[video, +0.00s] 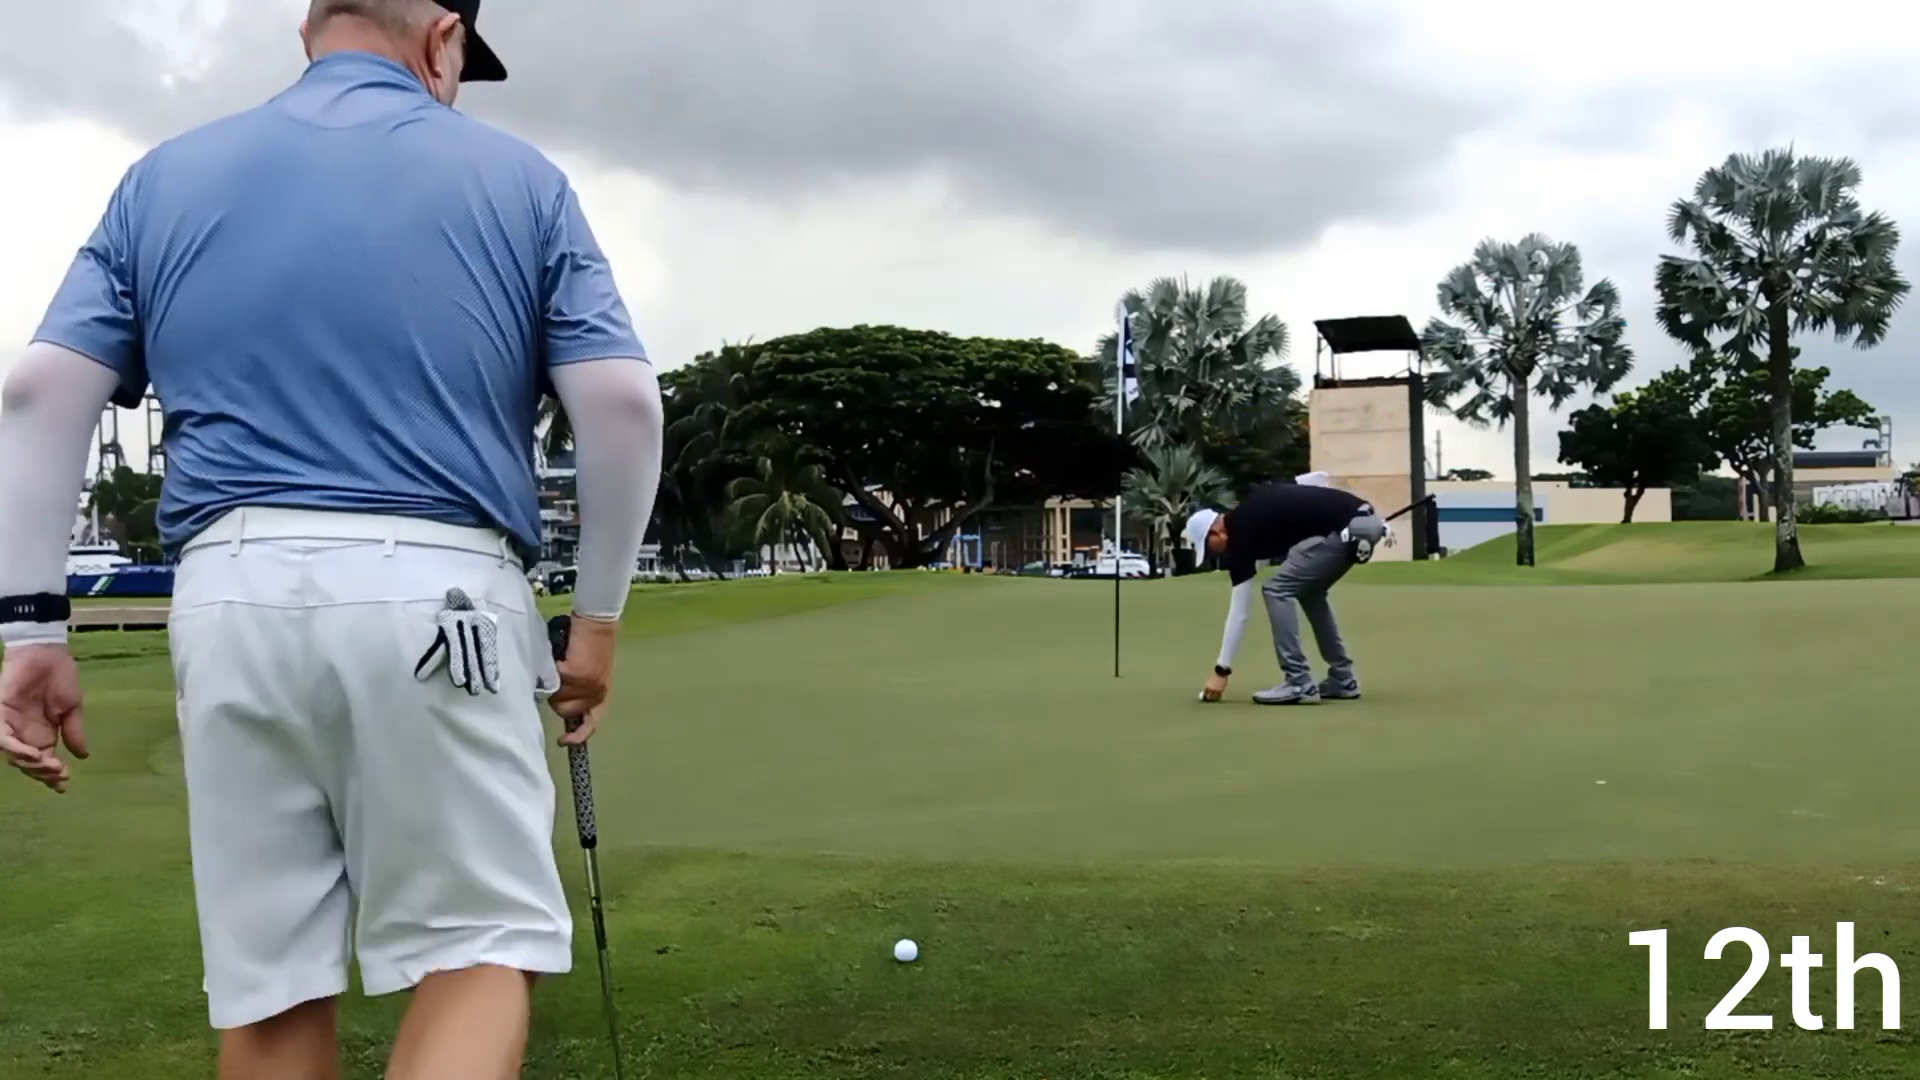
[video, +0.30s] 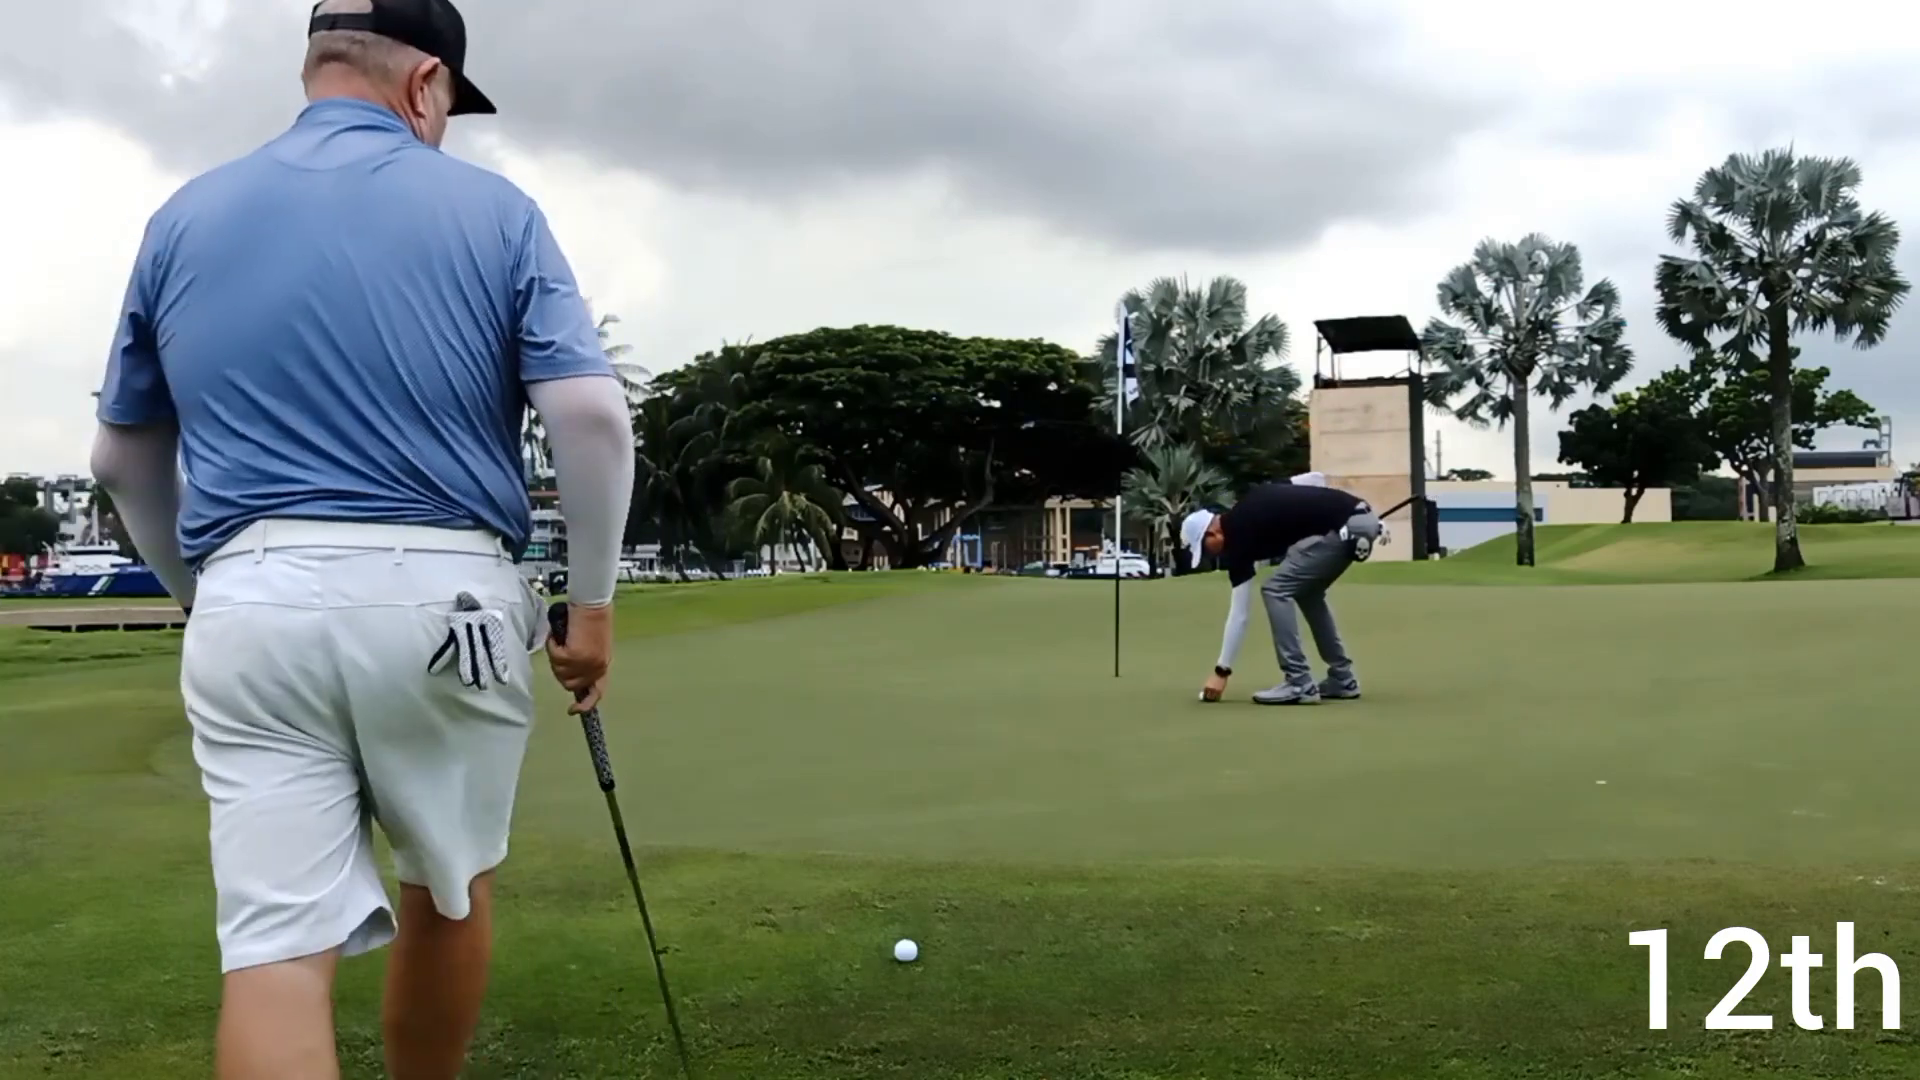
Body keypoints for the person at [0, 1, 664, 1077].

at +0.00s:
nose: (462, 82)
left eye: (468, 64)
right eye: (466, 57)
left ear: (309, 37)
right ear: (439, 44)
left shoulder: (168, 173)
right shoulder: (517, 176)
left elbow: (45, 386)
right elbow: (621, 398)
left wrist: (32, 624)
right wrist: (598, 615)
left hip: (226, 593)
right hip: (441, 590)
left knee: (270, 989)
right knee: (472, 948)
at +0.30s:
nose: (452, 129)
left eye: (456, 112)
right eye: (455, 108)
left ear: (310, 80)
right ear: (424, 88)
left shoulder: (188, 213)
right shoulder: (492, 205)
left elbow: (130, 460)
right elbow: (590, 412)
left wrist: (208, 586)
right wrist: (589, 602)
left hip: (249, 594)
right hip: (446, 593)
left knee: (273, 950)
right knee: (447, 894)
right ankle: (425, 1079)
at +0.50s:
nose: (480, 171)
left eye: (485, 150)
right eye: (483, 147)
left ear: (350, 117)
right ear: (451, 127)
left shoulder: (235, 235)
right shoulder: (512, 247)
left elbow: (177, 448)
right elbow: (594, 447)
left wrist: (262, 536)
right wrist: (602, 610)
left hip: (273, 595)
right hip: (449, 598)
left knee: (286, 907)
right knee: (421, 904)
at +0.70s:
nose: (511, 169)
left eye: (518, 151)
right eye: (518, 146)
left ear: (400, 110)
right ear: (487, 121)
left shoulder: (272, 213)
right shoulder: (530, 234)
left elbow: (184, 399)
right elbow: (600, 432)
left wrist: (228, 554)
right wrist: (603, 596)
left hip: (305, 553)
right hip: (463, 556)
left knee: (304, 823)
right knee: (428, 854)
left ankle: (293, 1059)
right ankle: (397, 1077)